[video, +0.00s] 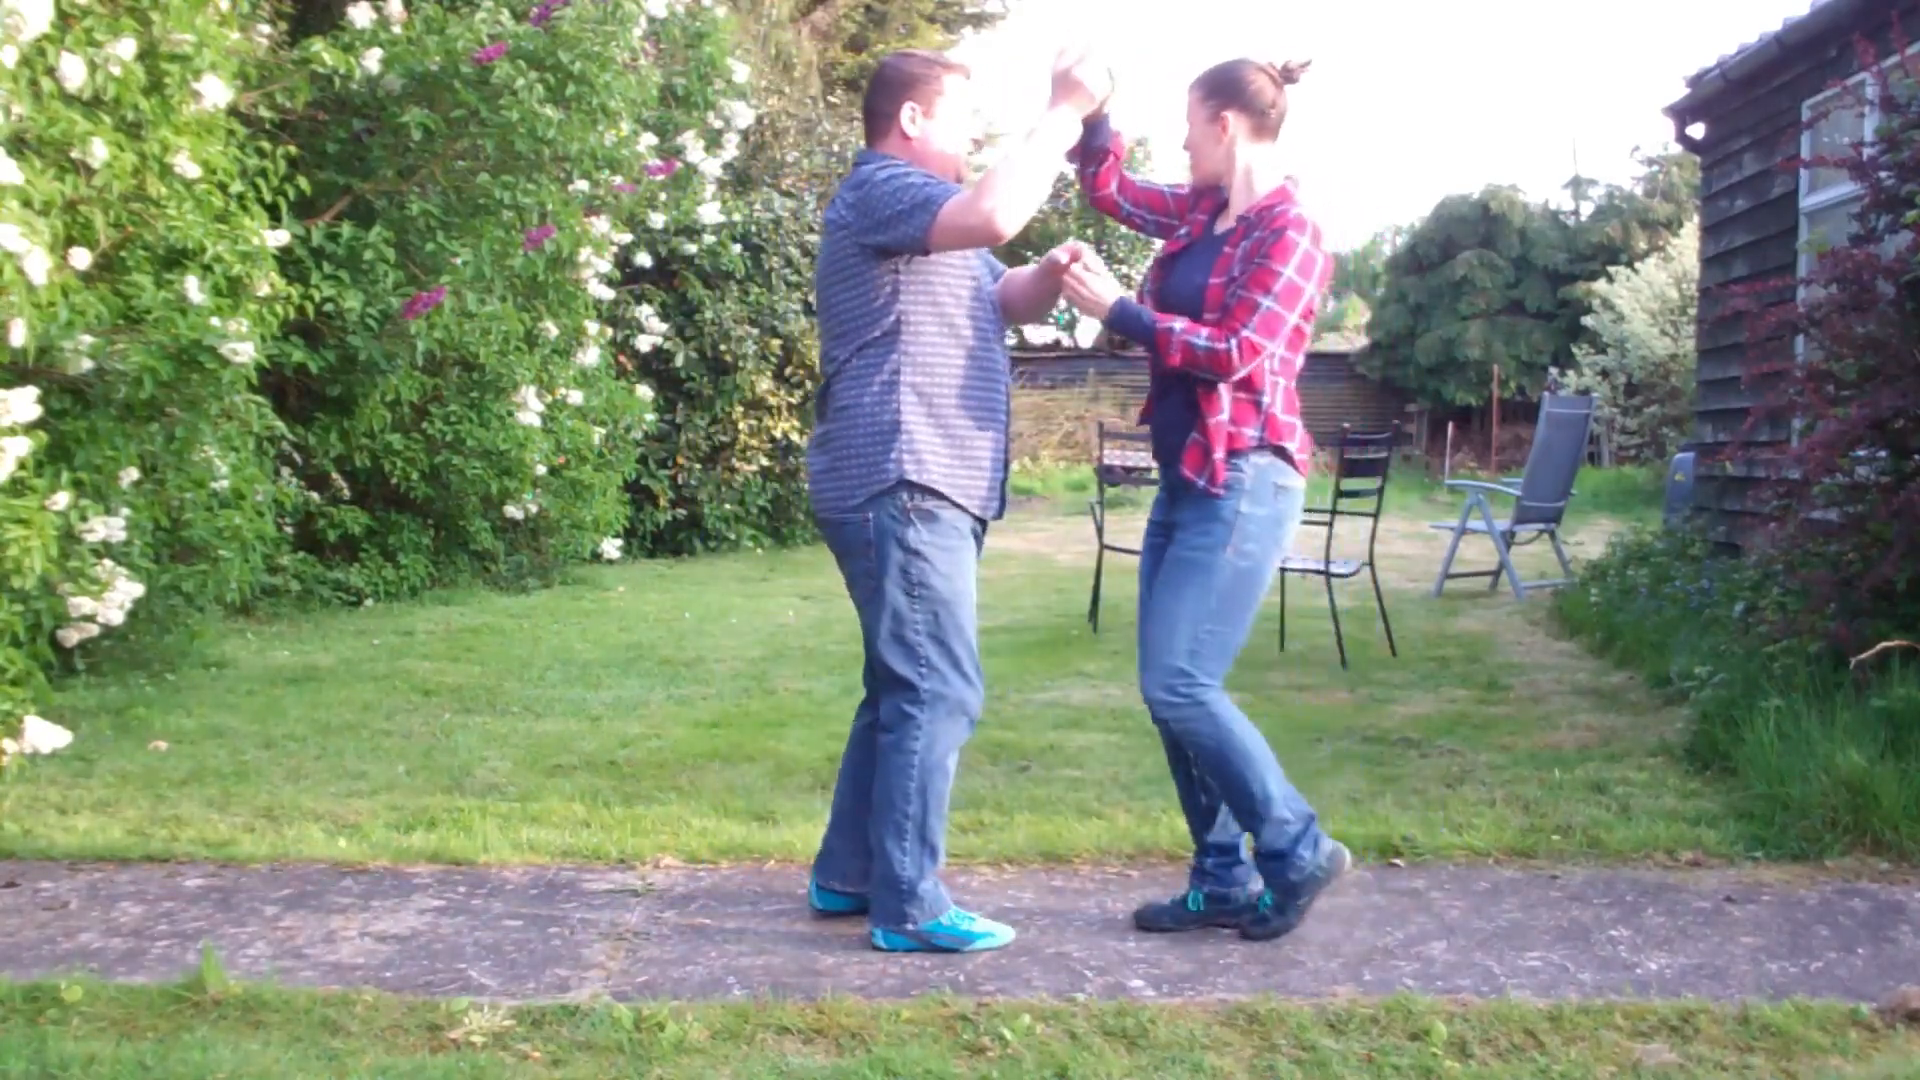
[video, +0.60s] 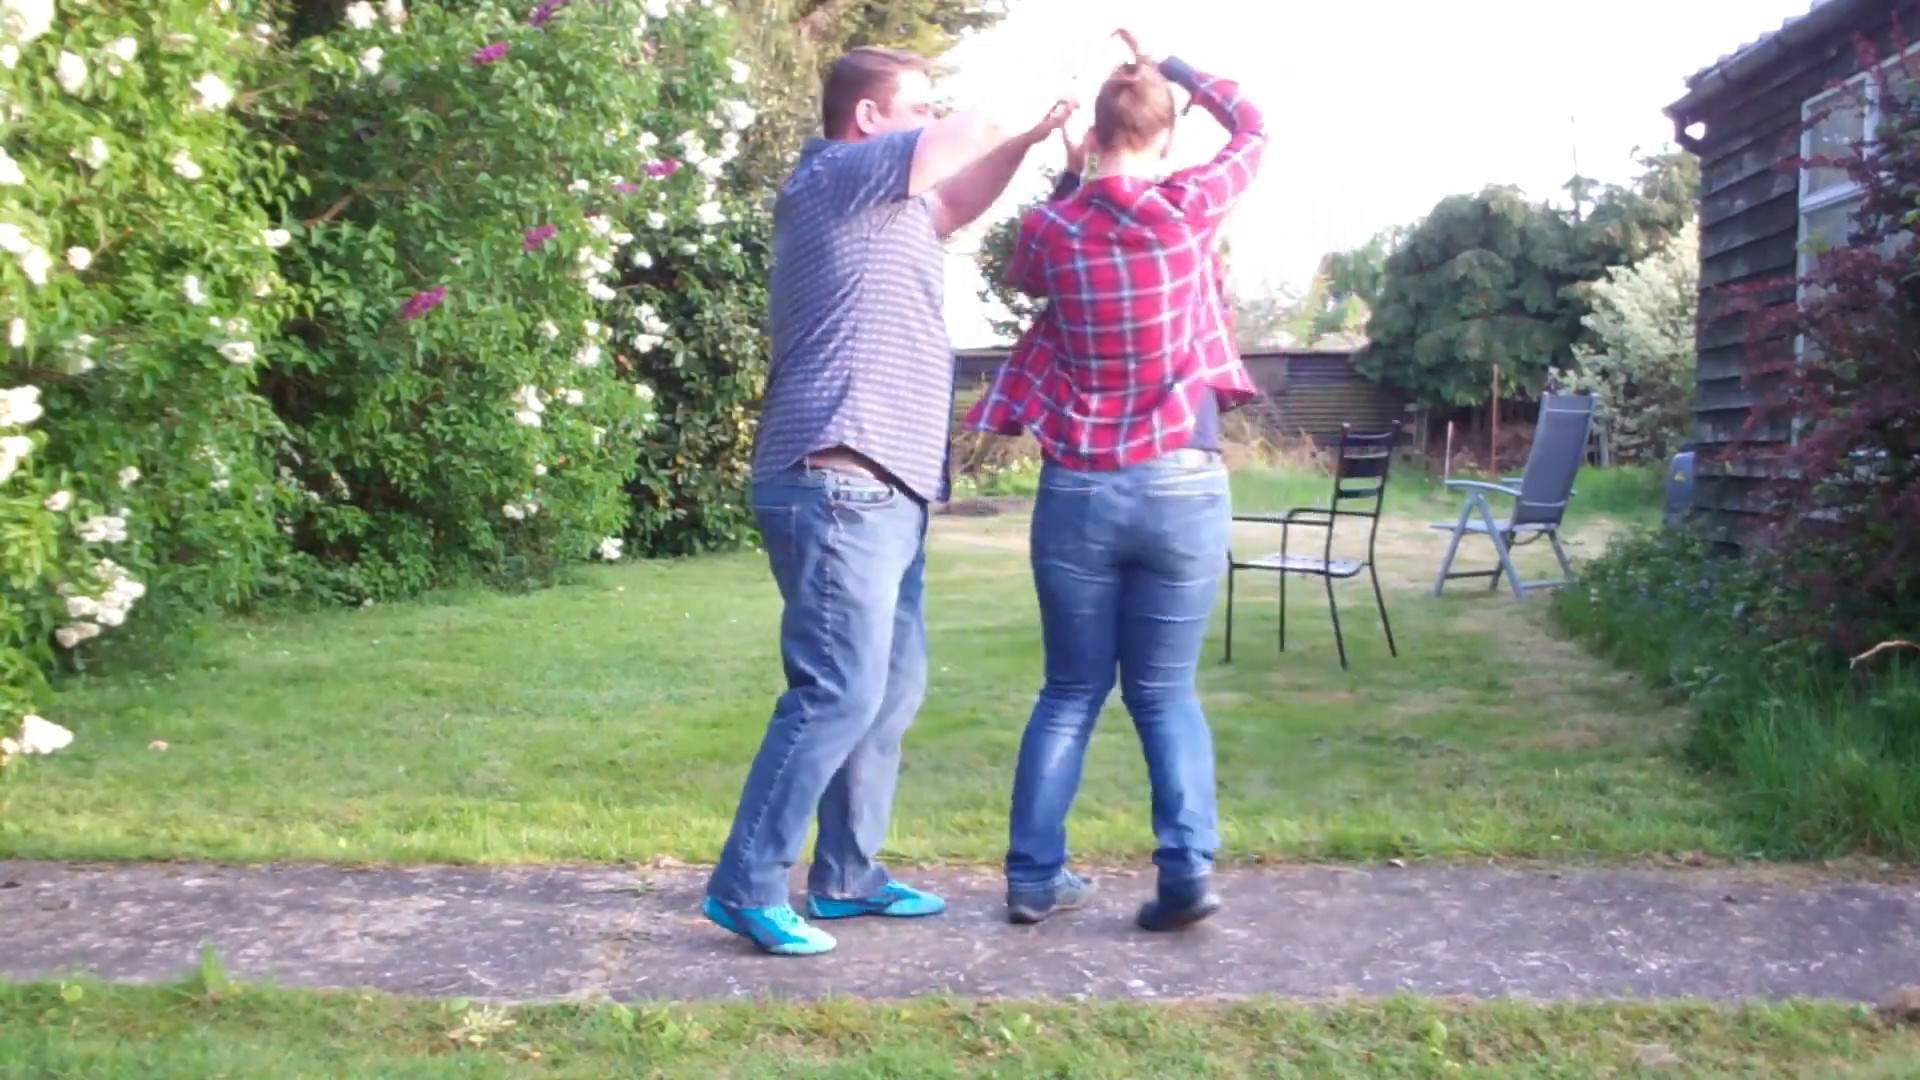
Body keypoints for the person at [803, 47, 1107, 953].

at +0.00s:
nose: (978, 130)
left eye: (978, 115)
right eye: (965, 112)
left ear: (909, 121)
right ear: (913, 118)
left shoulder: (927, 207)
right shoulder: (878, 190)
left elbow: (994, 303)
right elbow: (989, 212)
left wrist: (1054, 270)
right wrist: (1062, 116)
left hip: (928, 481)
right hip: (896, 480)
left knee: (903, 687)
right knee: (939, 690)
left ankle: (848, 874)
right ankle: (908, 905)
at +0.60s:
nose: (932, 124)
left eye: (932, 110)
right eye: (920, 109)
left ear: (869, 113)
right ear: (868, 112)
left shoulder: (888, 200)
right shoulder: (830, 176)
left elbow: (955, 202)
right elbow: (959, 139)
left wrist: (1027, 140)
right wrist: (996, 123)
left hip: (893, 495)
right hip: (835, 486)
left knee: (891, 691)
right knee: (838, 692)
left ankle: (847, 875)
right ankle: (746, 885)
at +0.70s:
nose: (927, 118)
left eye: (927, 106)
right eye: (914, 104)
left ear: (870, 114)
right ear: (863, 111)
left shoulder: (888, 196)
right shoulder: (820, 173)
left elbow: (971, 179)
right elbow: (944, 129)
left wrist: (1038, 115)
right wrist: (993, 93)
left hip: (881, 496)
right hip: (818, 485)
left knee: (885, 687)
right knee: (822, 694)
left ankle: (846, 874)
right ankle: (741, 891)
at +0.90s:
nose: (921, 121)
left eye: (923, 107)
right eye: (907, 105)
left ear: (903, 123)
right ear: (851, 106)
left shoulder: (893, 200)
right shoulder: (800, 172)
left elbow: (976, 146)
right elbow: (924, 111)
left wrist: (1052, 66)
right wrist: (994, 46)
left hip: (869, 502)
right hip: (797, 491)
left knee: (872, 684)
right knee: (805, 694)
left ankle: (820, 869)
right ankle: (739, 895)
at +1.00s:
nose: (911, 121)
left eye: (915, 106)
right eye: (895, 105)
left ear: (899, 123)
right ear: (839, 110)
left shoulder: (889, 197)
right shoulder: (792, 182)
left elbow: (983, 131)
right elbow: (910, 119)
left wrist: (1050, 47)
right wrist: (1015, 36)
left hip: (867, 498)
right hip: (798, 486)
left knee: (857, 694)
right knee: (804, 693)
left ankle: (807, 871)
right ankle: (739, 893)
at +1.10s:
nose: (919, 132)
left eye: (921, 120)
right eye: (908, 116)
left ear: (874, 118)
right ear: (851, 113)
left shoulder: (891, 192)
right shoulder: (787, 184)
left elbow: (982, 133)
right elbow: (887, 167)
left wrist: (1043, 64)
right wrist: (997, 74)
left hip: (869, 488)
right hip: (799, 483)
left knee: (849, 690)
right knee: (815, 687)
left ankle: (803, 871)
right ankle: (744, 886)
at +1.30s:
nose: (923, 134)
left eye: (924, 119)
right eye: (911, 118)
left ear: (873, 124)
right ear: (855, 121)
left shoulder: (891, 189)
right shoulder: (800, 206)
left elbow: (985, 144)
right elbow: (830, 321)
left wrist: (1031, 64)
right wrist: (953, 326)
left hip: (858, 474)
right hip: (801, 471)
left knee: (806, 668)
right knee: (877, 659)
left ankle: (787, 857)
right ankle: (790, 864)